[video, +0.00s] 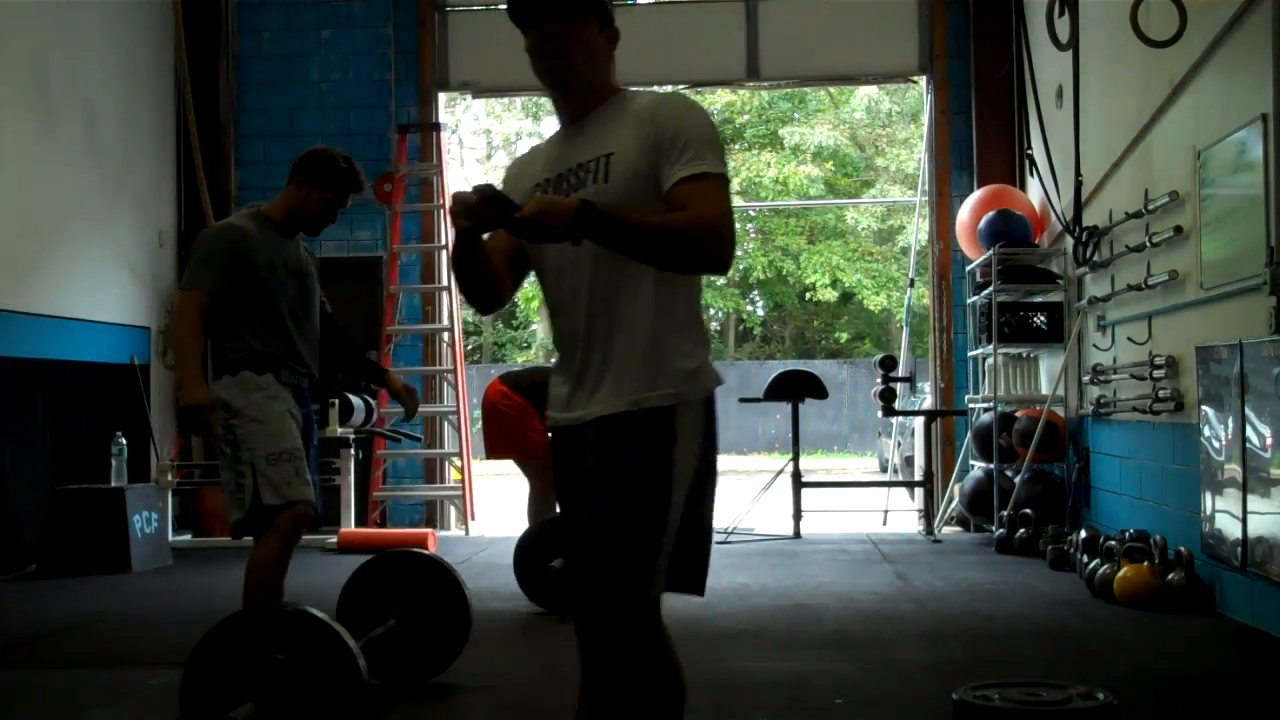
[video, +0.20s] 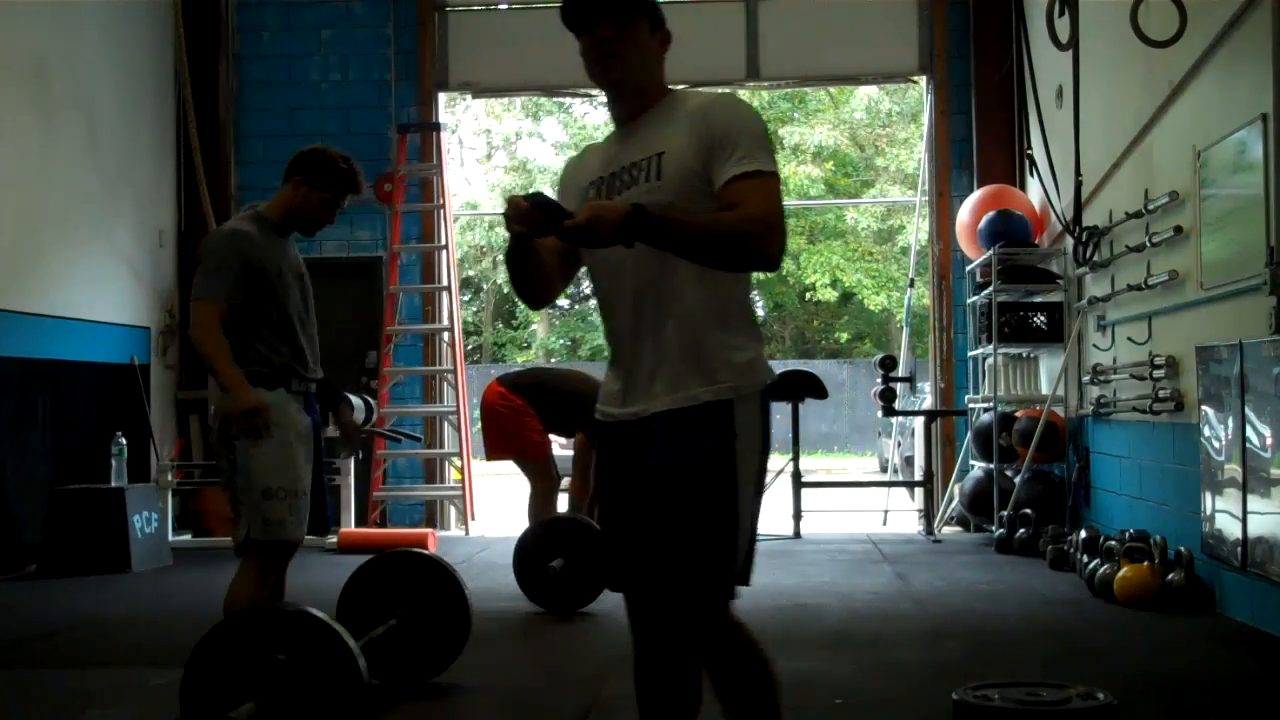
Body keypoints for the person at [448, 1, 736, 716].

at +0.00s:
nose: (546, 47)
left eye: (563, 29)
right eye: (534, 36)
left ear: (609, 35)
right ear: (526, 48)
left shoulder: (668, 117)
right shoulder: (528, 172)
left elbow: (713, 244)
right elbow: (489, 296)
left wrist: (582, 218)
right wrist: (465, 236)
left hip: (660, 399)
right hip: (576, 408)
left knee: (625, 613)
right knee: (602, 616)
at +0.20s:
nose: (600, 49)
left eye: (616, 31)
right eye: (588, 38)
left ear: (660, 36)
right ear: (581, 51)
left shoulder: (720, 118)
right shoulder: (583, 171)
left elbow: (764, 242)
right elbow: (541, 290)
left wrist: (635, 221)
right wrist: (525, 240)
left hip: (715, 396)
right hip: (628, 405)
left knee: (702, 613)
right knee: (651, 618)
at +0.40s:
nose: (674, 44)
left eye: (691, 27)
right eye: (662, 32)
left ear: (732, 37)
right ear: (652, 49)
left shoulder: (790, 129)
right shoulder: (644, 169)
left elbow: (826, 257)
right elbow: (595, 289)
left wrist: (705, 234)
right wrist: (586, 244)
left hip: (779, 409)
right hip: (677, 417)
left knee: (825, 612)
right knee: (669, 620)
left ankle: (903, 715)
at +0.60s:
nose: (759, 49)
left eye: (776, 32)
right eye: (745, 37)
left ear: (812, 46)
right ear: (732, 54)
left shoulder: (870, 138)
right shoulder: (719, 166)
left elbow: (907, 264)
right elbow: (663, 295)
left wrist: (789, 246)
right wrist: (667, 250)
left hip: (861, 419)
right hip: (753, 423)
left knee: (910, 616)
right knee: (715, 619)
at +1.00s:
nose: (847, 58)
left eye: (863, 40)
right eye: (836, 44)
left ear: (907, 40)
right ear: (824, 52)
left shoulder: (968, 135)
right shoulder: (809, 157)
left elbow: (983, 262)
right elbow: (755, 268)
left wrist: (869, 219)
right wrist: (752, 212)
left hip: (929, 407)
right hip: (827, 407)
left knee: (940, 601)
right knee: (802, 584)